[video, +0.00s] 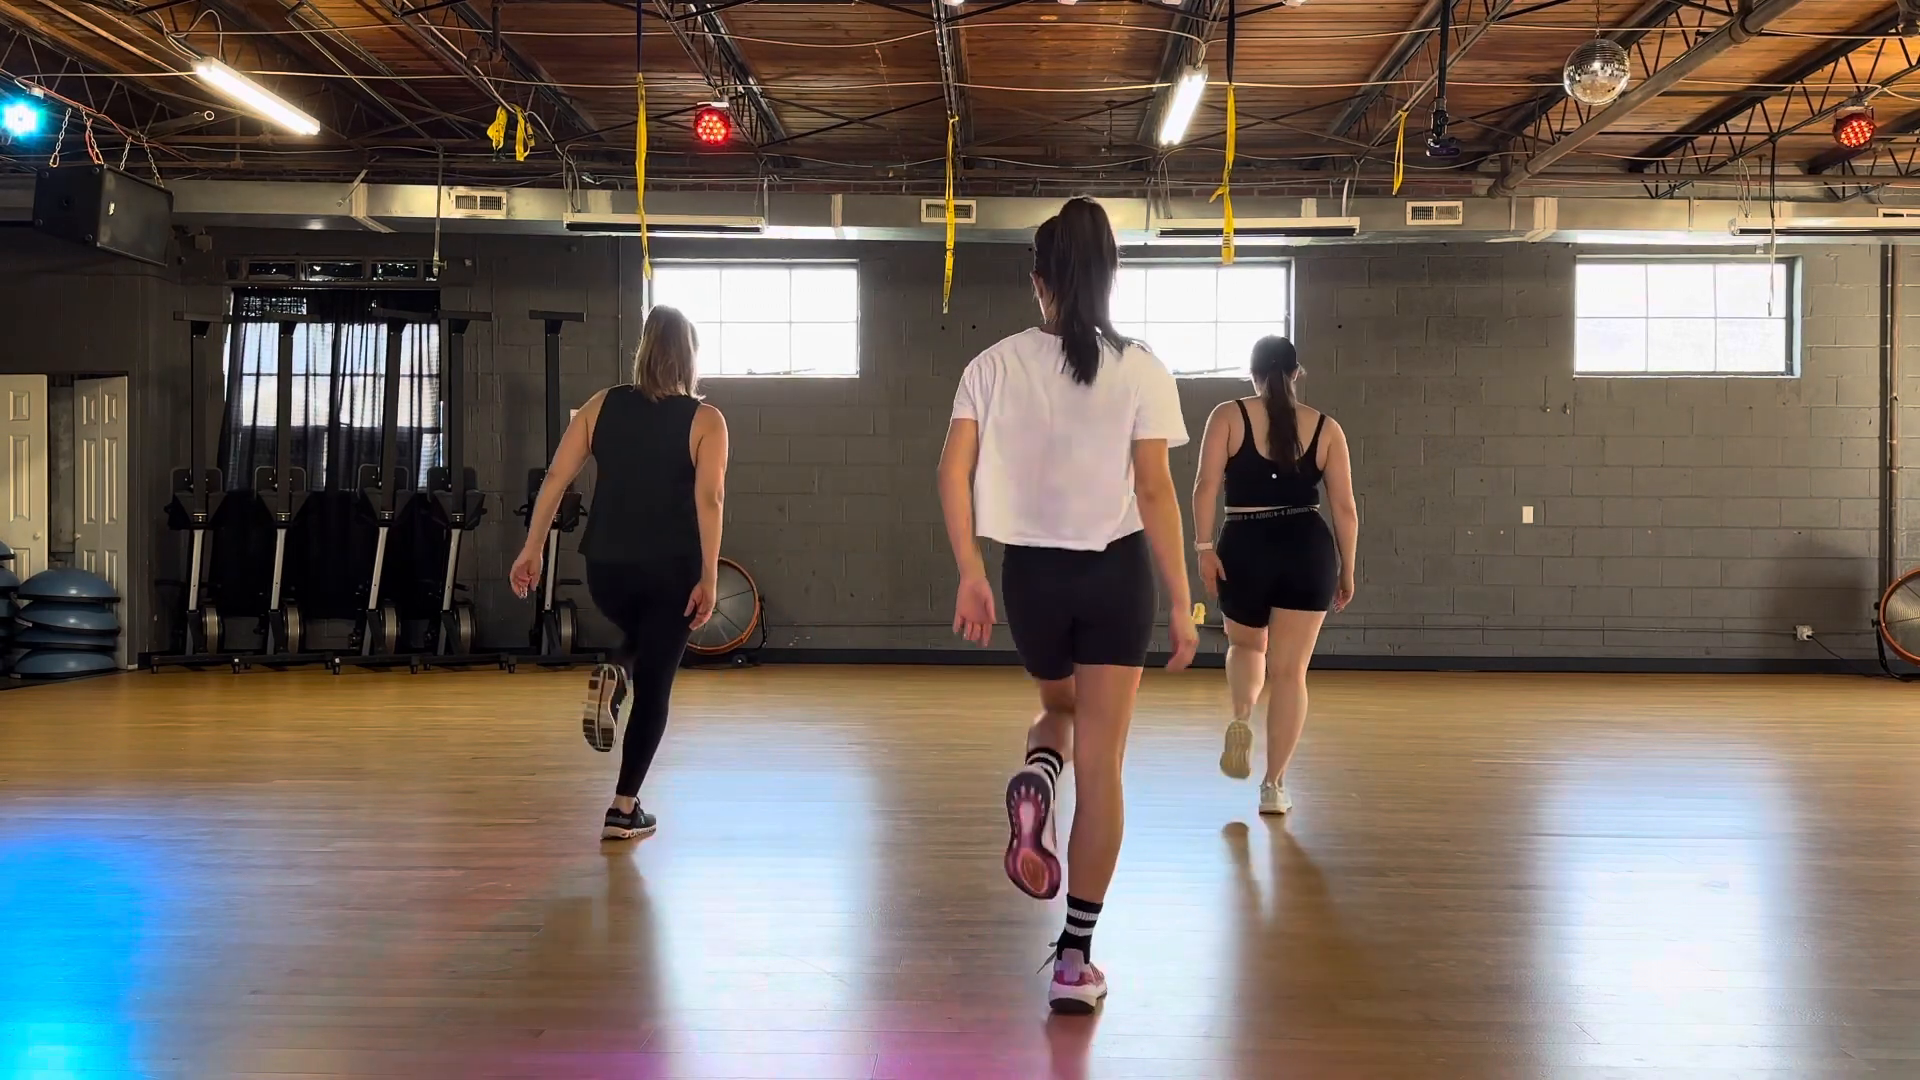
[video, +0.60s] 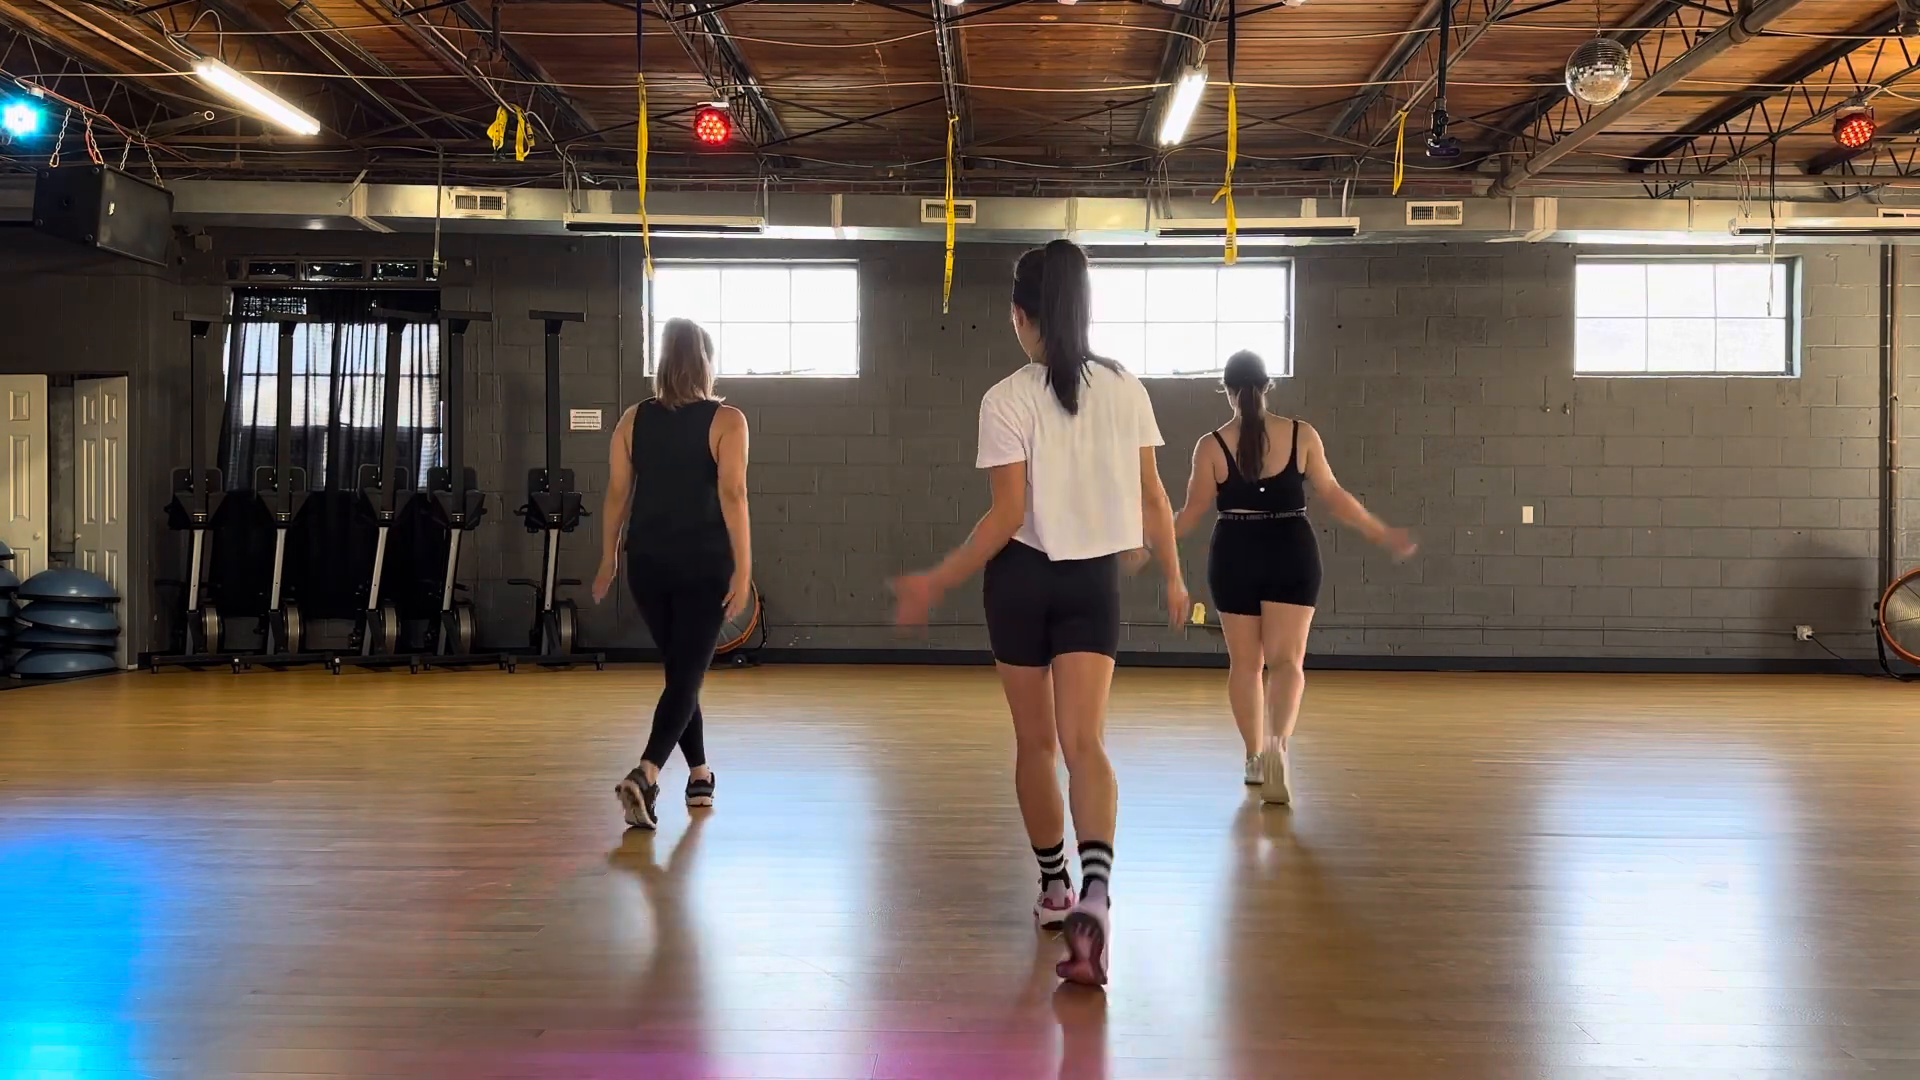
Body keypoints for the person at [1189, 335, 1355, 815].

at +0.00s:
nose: (1287, 377)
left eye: (1258, 371)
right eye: (1293, 368)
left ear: (1253, 374)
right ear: (1297, 373)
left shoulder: (1228, 416)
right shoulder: (1326, 428)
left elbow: (1206, 485)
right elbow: (1344, 507)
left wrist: (1204, 546)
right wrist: (1348, 568)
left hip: (1245, 551)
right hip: (1309, 554)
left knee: (1247, 646)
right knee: (1290, 671)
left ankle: (1241, 717)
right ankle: (1274, 783)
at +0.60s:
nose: (1242, 393)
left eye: (1234, 385)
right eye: (1260, 382)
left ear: (1228, 389)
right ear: (1268, 386)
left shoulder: (1212, 444)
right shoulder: (1302, 434)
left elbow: (1194, 509)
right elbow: (1334, 498)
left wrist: (1153, 543)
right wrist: (1381, 533)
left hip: (1234, 557)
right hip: (1293, 555)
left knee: (1245, 664)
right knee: (1287, 661)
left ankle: (1254, 756)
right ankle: (1278, 741)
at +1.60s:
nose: (1163, 405)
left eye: (1169, 398)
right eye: (1162, 399)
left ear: (1194, 399)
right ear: (1189, 401)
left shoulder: (1206, 420)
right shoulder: (1193, 434)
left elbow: (1242, 458)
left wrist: (1258, 509)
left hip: (1230, 542)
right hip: (1209, 548)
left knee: (1254, 648)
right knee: (1213, 655)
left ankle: (1278, 745)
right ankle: (1190, 750)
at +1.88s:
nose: (1170, 391)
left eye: (1178, 384)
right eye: (1163, 384)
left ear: (1194, 391)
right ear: (1154, 393)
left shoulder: (1226, 421)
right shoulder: (1152, 454)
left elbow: (1273, 466)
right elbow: (1156, 516)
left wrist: (1290, 517)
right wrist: (1159, 576)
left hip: (1244, 539)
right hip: (1190, 548)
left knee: (1247, 650)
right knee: (1200, 653)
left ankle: (1269, 740)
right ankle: (1196, 747)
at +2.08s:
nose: (1214, 385)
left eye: (1222, 379)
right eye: (1206, 378)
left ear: (1234, 386)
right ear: (1194, 385)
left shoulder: (1261, 427)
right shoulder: (1174, 440)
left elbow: (1279, 484)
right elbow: (1148, 505)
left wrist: (1284, 536)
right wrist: (1138, 565)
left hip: (1254, 547)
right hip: (1196, 547)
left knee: (1275, 648)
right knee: (1186, 650)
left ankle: (1299, 752)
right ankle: (1168, 742)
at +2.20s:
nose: (1250, 394)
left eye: (1257, 387)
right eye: (1241, 387)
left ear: (1269, 396)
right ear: (1228, 395)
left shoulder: (1289, 446)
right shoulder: (1207, 448)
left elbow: (1290, 504)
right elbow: (1167, 505)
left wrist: (1287, 558)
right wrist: (1146, 566)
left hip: (1266, 561)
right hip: (1210, 558)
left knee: (1286, 661)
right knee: (1189, 660)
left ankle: (1312, 760)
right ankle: (1160, 738)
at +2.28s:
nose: (1272, 396)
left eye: (1279, 389)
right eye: (1263, 389)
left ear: (1290, 397)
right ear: (1249, 397)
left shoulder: (1306, 448)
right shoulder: (1228, 449)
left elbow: (1302, 508)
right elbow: (1182, 504)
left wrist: (1293, 559)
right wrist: (1162, 564)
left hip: (1275, 561)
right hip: (1221, 557)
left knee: (1297, 661)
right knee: (1197, 662)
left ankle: (1313, 763)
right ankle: (1161, 736)